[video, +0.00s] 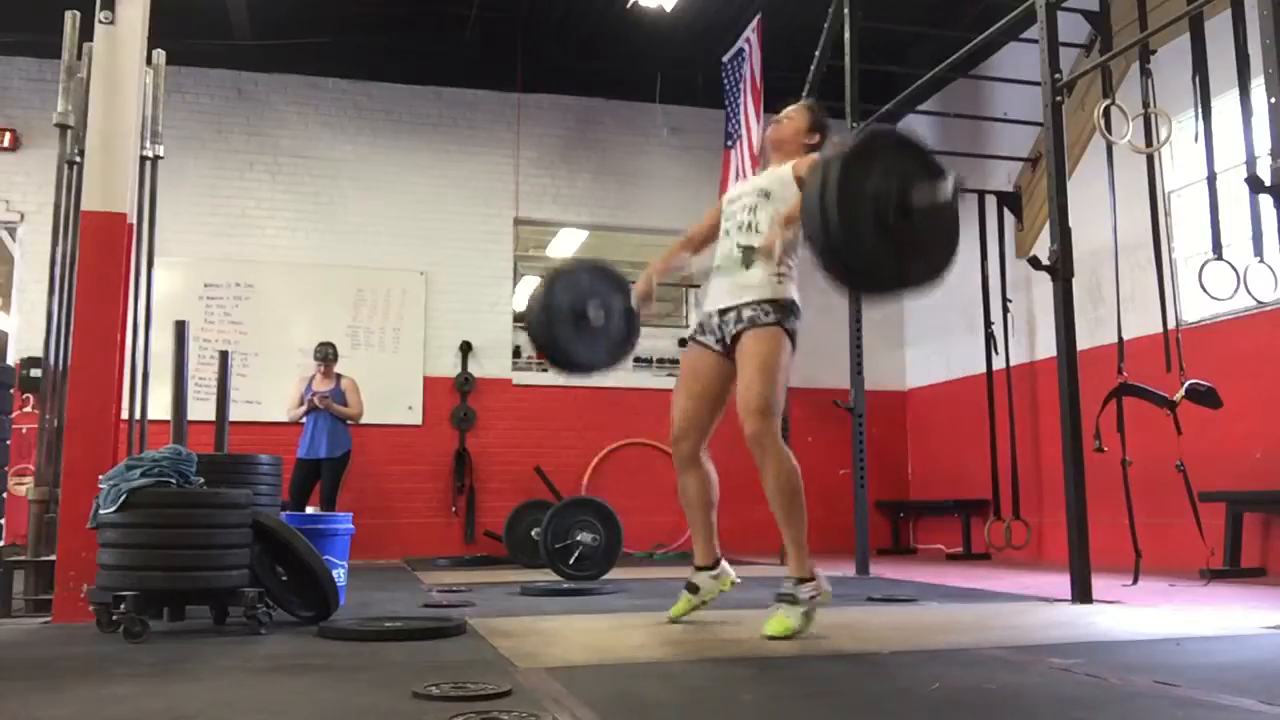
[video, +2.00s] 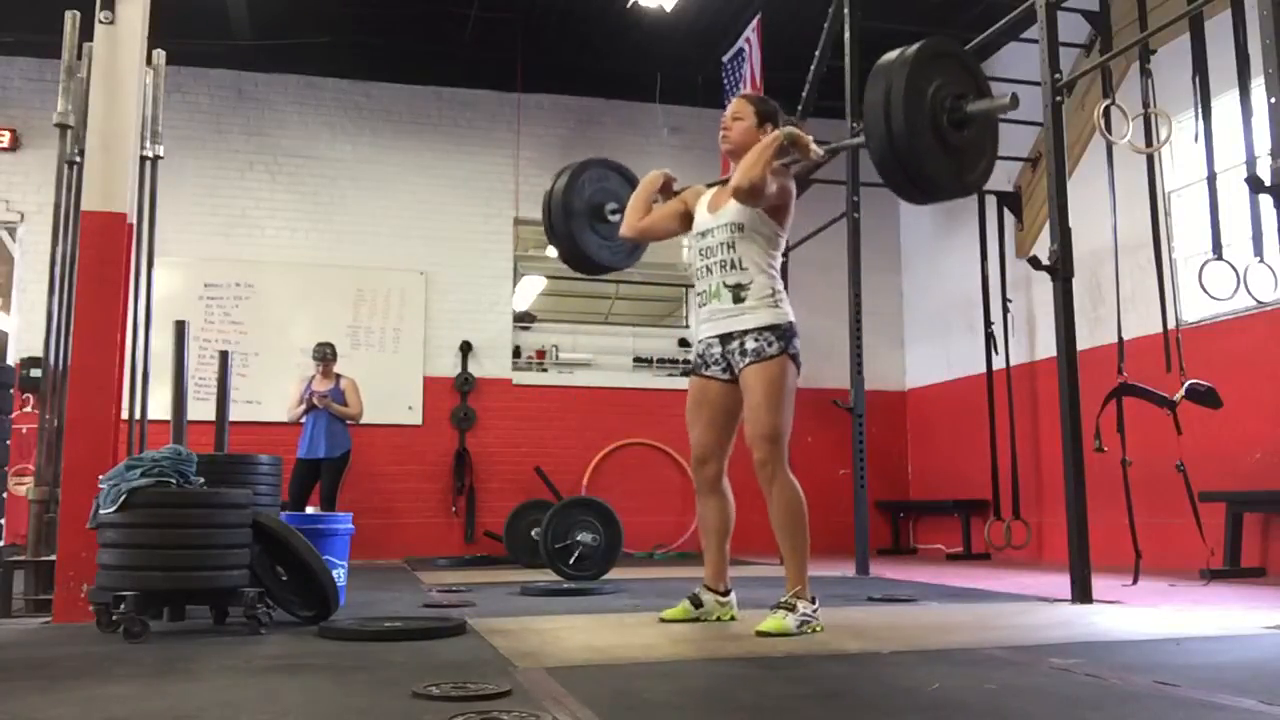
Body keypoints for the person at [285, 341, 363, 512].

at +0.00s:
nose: (323, 370)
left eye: (327, 366)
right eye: (319, 365)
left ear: (335, 362)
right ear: (315, 362)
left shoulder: (346, 383)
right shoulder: (305, 383)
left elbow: (356, 415)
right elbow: (291, 416)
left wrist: (330, 406)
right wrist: (307, 406)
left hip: (335, 449)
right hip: (309, 449)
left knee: (327, 501)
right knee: (296, 498)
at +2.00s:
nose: (322, 370)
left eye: (326, 365)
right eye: (318, 365)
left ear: (334, 362)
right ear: (314, 362)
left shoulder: (346, 383)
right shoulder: (306, 383)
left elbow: (356, 415)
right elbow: (290, 417)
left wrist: (329, 405)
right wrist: (305, 405)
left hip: (335, 450)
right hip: (308, 449)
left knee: (327, 500)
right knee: (295, 499)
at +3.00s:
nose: (321, 369)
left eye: (325, 365)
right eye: (317, 365)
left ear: (333, 362)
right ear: (313, 363)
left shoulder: (346, 383)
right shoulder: (306, 383)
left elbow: (356, 415)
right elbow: (293, 417)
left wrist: (329, 406)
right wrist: (305, 407)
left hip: (336, 449)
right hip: (309, 449)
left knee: (327, 502)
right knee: (296, 500)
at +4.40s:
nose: (321, 370)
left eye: (325, 366)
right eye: (317, 365)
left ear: (334, 362)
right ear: (313, 362)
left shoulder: (346, 384)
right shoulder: (307, 383)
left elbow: (357, 415)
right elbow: (293, 416)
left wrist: (329, 405)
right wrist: (306, 405)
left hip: (336, 450)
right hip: (309, 449)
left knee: (327, 503)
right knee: (295, 500)